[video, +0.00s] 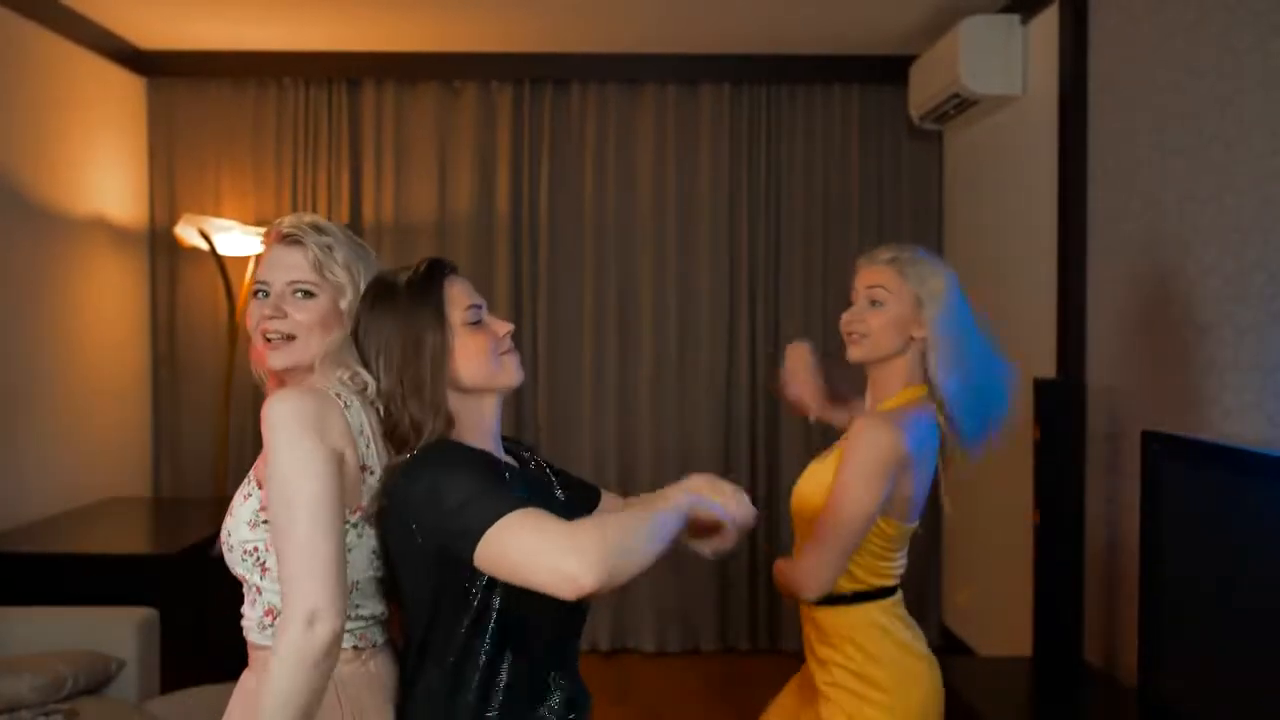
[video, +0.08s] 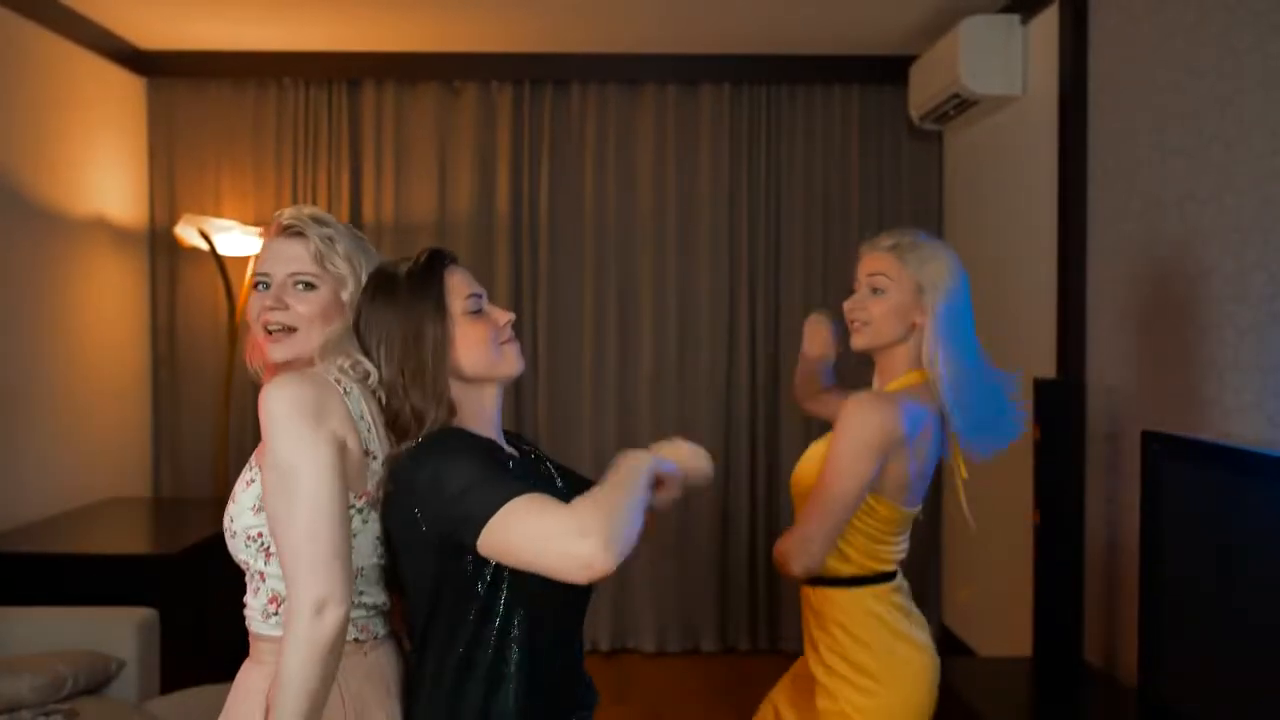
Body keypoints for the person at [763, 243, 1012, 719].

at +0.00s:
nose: (849, 317)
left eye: (874, 302)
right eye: (852, 303)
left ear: (920, 326)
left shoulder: (877, 432)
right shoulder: (917, 415)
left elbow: (809, 580)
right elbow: (871, 419)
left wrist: (780, 567)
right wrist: (819, 407)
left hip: (868, 683)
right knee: (775, 714)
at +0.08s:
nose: (851, 305)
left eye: (876, 290)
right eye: (855, 290)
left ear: (922, 313)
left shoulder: (872, 412)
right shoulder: (919, 404)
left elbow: (799, 557)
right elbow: (814, 397)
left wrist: (787, 545)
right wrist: (815, 358)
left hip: (867, 669)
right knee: (772, 713)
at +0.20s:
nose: (858, 280)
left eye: (880, 264)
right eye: (860, 266)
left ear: (929, 278)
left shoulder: (866, 372)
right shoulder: (932, 375)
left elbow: (784, 512)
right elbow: (825, 394)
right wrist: (828, 293)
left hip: (860, 643)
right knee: (776, 712)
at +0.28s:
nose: (860, 265)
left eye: (883, 249)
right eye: (865, 250)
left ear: (934, 261)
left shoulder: (869, 351)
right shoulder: (950, 360)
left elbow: (778, 487)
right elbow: (828, 382)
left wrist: (836, 489)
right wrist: (826, 284)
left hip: (860, 623)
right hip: (909, 607)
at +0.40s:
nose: (864, 258)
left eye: (886, 243)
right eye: (869, 243)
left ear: (940, 255)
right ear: (941, 258)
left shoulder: (869, 340)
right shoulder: (961, 357)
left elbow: (775, 465)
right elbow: (840, 389)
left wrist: (832, 476)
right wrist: (813, 293)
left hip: (857, 612)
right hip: (917, 599)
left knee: (826, 711)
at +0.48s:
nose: (866, 263)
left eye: (888, 248)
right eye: (872, 249)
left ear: (947, 259)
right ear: (948, 264)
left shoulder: (870, 347)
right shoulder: (969, 365)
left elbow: (774, 468)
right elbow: (858, 390)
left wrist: (845, 478)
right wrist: (796, 309)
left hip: (853, 618)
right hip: (923, 604)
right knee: (916, 711)